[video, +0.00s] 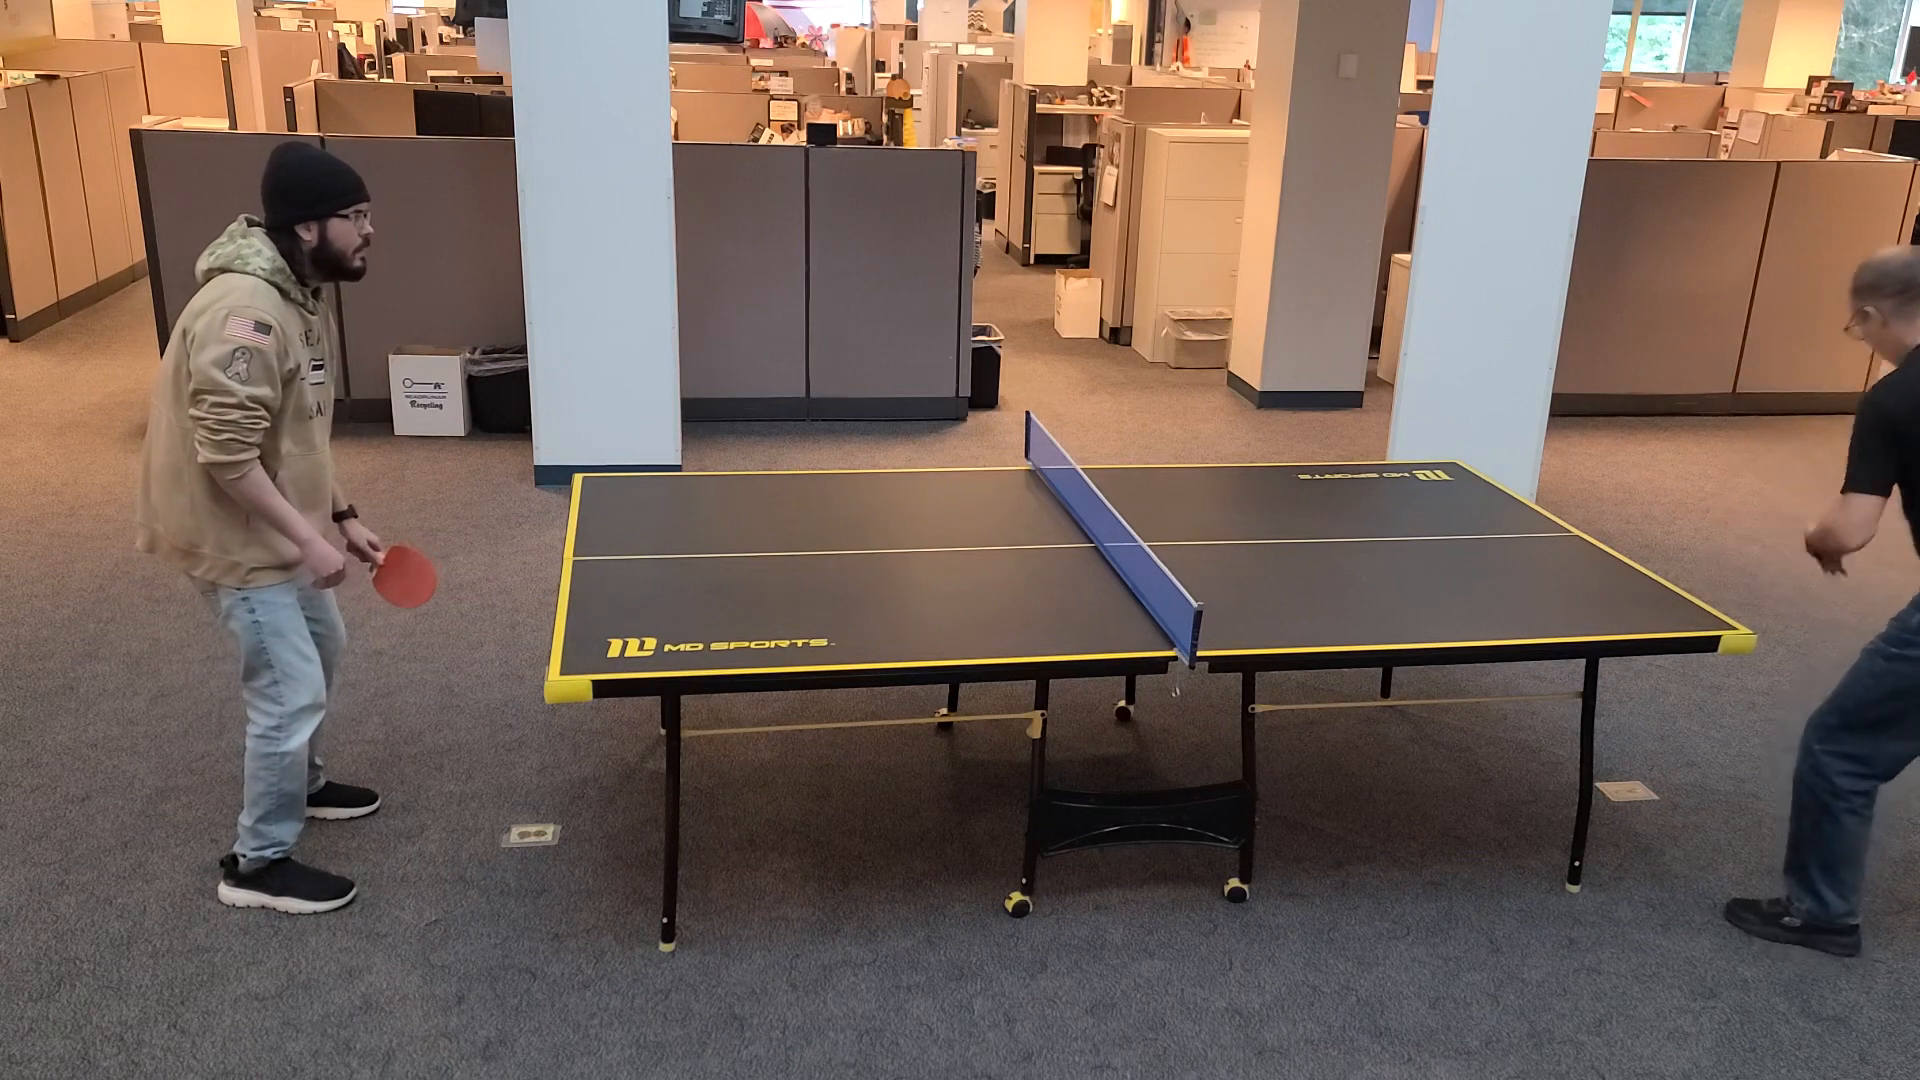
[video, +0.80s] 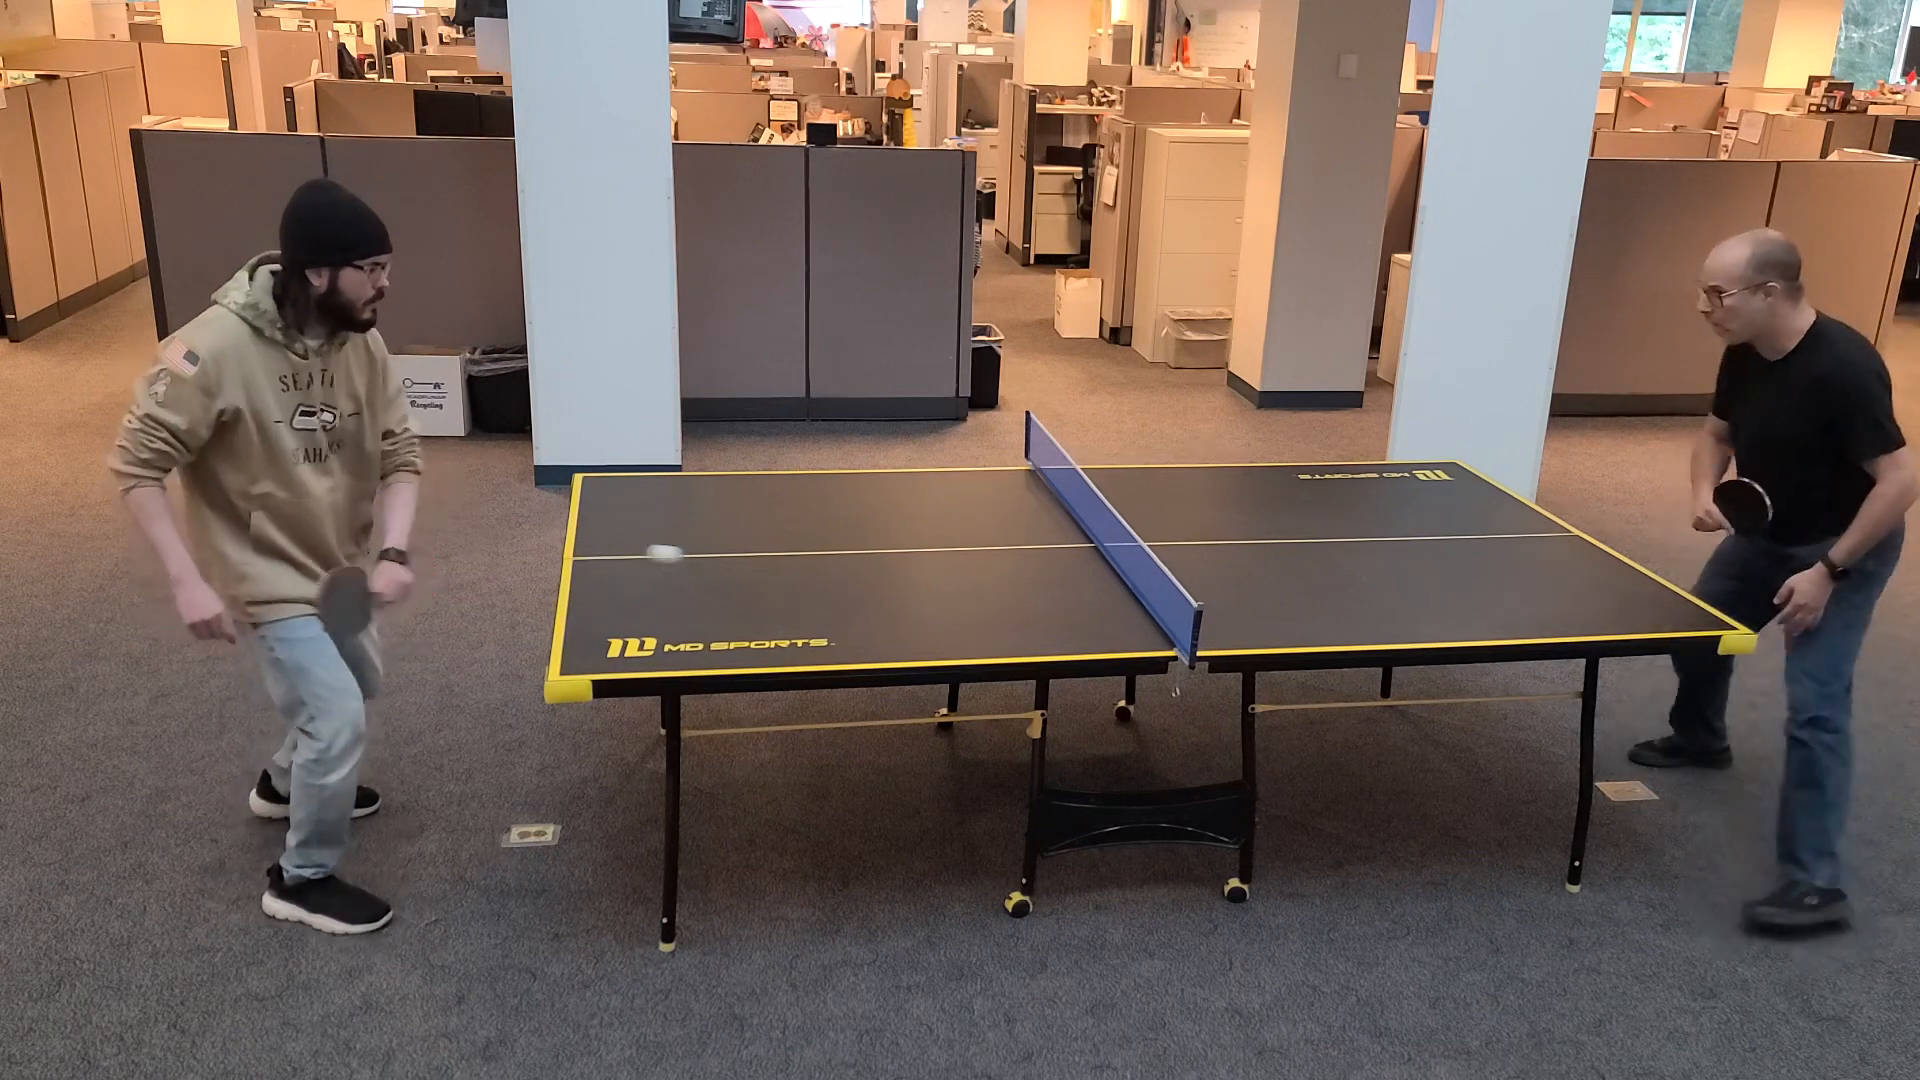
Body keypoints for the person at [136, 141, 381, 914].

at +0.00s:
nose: (368, 227)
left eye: (365, 212)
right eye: (354, 214)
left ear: (310, 226)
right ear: (305, 226)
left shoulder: (299, 291)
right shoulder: (244, 310)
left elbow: (297, 429)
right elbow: (227, 457)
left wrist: (341, 514)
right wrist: (305, 541)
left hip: (280, 520)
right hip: (229, 532)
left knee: (323, 648)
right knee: (291, 688)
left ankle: (296, 787)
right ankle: (258, 858)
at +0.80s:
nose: (385, 282)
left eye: (385, 265)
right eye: (370, 267)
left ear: (326, 274)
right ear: (316, 273)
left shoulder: (359, 344)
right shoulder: (216, 351)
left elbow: (399, 457)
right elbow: (136, 467)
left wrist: (393, 551)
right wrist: (187, 582)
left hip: (338, 564)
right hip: (262, 578)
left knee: (358, 681)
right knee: (335, 716)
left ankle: (289, 781)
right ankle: (303, 876)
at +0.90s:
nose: (384, 285)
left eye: (384, 268)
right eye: (370, 271)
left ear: (336, 276)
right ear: (315, 275)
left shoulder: (363, 343)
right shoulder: (211, 350)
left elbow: (419, 445)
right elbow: (127, 460)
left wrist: (463, 534)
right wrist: (172, 577)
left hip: (346, 568)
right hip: (265, 582)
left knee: (363, 685)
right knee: (337, 729)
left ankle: (292, 773)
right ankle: (301, 876)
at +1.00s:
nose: (385, 278)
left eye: (384, 261)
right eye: (371, 264)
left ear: (330, 272)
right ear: (316, 272)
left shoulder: (367, 341)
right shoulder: (208, 349)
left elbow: (448, 405)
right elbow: (116, 451)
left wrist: (538, 476)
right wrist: (174, 564)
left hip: (350, 565)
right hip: (269, 580)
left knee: (361, 688)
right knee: (333, 731)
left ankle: (298, 771)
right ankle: (302, 876)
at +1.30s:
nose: (396, 247)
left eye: (393, 231)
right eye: (383, 234)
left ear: (339, 246)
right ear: (333, 247)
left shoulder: (349, 297)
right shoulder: (240, 336)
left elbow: (383, 369)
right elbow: (153, 453)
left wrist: (439, 435)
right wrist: (232, 559)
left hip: (350, 549)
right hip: (290, 570)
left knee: (370, 674)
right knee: (344, 716)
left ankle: (344, 801)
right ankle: (301, 875)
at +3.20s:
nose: (408, 251)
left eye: (406, 236)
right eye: (395, 237)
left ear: (353, 246)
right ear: (344, 245)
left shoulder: (378, 332)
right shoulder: (246, 321)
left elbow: (402, 449)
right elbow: (165, 432)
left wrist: (431, 530)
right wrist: (224, 539)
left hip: (362, 556)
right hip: (290, 566)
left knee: (394, 677)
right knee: (350, 711)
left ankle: (345, 799)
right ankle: (302, 875)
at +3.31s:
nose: (404, 263)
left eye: (404, 248)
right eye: (390, 248)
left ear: (355, 255)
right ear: (337, 253)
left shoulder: (384, 345)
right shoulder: (232, 327)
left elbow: (439, 445)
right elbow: (144, 426)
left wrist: (517, 505)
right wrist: (192, 540)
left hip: (365, 561)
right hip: (281, 571)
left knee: (400, 682)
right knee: (345, 717)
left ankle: (347, 801)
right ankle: (303, 874)